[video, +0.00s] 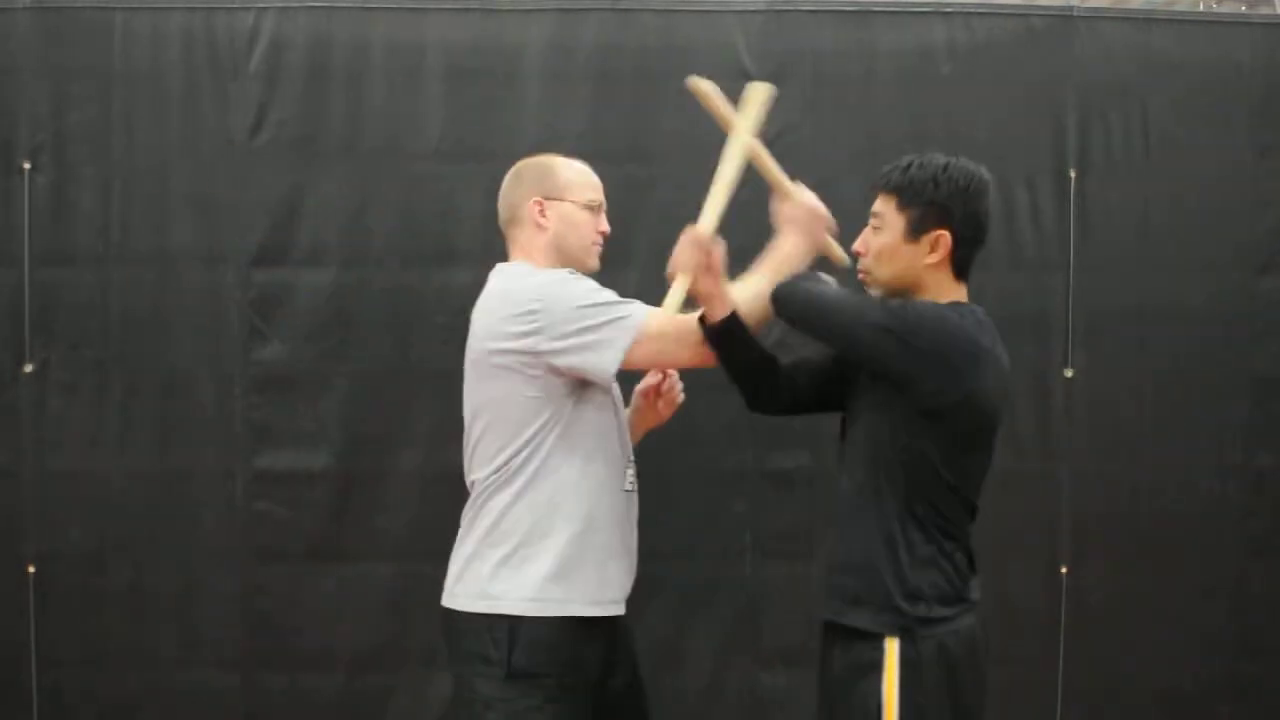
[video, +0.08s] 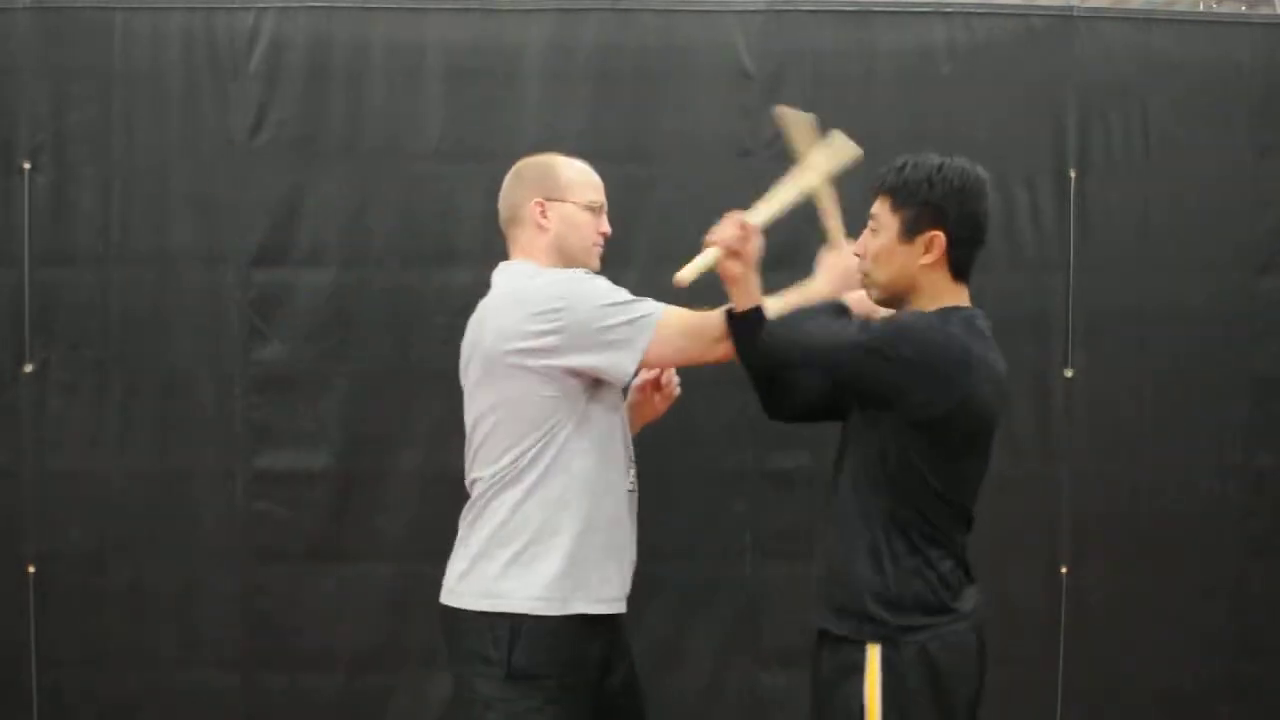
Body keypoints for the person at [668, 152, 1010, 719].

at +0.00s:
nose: (858, 244)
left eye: (877, 227)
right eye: (866, 226)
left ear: (935, 246)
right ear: (933, 248)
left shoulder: (954, 338)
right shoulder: (896, 341)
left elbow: (792, 296)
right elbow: (772, 390)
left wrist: (804, 240)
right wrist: (714, 297)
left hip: (908, 641)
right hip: (869, 635)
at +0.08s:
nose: (859, 245)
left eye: (874, 230)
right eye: (866, 228)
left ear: (930, 247)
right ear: (928, 248)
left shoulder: (939, 344)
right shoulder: (922, 341)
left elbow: (787, 356)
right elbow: (788, 398)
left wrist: (836, 298)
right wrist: (742, 283)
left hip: (895, 647)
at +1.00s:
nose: (850, 239)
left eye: (873, 222)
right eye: (853, 222)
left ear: (934, 240)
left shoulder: (979, 374)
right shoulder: (833, 348)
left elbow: (945, 523)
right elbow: (720, 355)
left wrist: (821, 482)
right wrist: (633, 335)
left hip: (938, 651)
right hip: (848, 644)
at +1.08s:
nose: (849, 242)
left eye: (872, 223)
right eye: (851, 225)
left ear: (933, 241)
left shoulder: (982, 373)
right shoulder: (834, 350)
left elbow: (964, 516)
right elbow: (742, 398)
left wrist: (831, 480)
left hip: (938, 647)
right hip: (848, 641)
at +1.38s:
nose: (850, 248)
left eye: (871, 229)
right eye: (853, 230)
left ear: (933, 243)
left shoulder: (965, 354)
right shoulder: (867, 360)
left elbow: (853, 333)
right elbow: (809, 478)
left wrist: (734, 317)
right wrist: (783, 567)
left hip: (940, 653)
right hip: (864, 648)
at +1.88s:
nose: (857, 248)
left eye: (870, 233)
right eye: (865, 231)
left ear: (915, 249)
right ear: (922, 249)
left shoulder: (881, 366)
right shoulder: (995, 363)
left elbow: (748, 467)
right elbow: (871, 431)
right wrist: (850, 312)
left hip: (885, 658)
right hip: (972, 644)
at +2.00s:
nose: (850, 249)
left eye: (863, 233)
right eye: (857, 231)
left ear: (909, 249)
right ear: (917, 250)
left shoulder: (874, 370)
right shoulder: (994, 365)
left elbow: (754, 479)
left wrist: (690, 444)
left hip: (890, 657)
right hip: (975, 646)